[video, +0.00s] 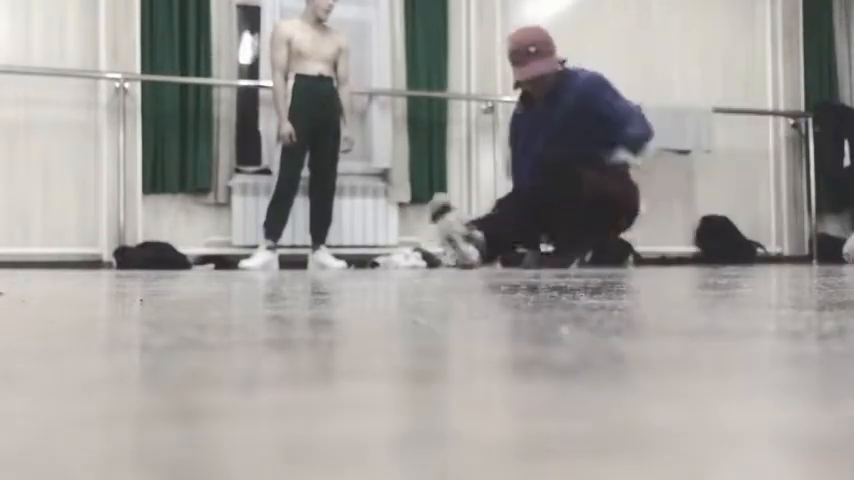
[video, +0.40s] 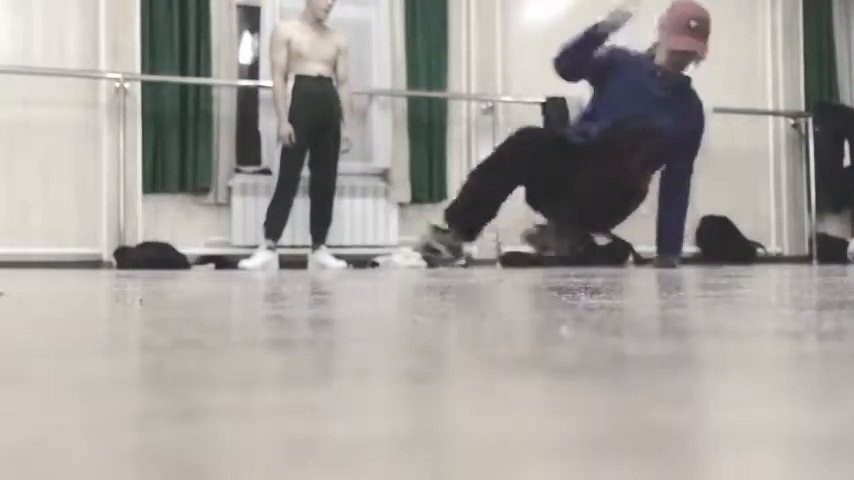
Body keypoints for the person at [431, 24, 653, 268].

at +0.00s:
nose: (535, 83)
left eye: (540, 75)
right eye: (527, 77)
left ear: (554, 62)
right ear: (517, 75)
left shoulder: (586, 87)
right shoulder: (522, 118)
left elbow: (638, 127)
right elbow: (524, 183)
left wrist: (622, 152)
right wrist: (523, 239)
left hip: (610, 196)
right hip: (556, 199)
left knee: (563, 179)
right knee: (514, 208)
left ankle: (479, 242)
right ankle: (474, 239)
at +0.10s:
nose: (557, 69)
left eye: (566, 60)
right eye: (549, 62)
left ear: (582, 60)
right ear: (539, 65)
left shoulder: (607, 102)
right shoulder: (531, 111)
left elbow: (646, 163)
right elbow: (519, 174)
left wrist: (676, 228)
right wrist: (514, 238)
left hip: (588, 211)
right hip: (540, 207)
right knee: (490, 210)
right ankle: (422, 242)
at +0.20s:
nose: (607, 57)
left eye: (615, 48)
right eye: (597, 47)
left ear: (626, 55)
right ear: (579, 54)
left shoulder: (635, 109)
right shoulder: (553, 98)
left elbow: (652, 183)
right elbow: (508, 155)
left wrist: (668, 253)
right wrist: (472, 209)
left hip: (590, 218)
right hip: (539, 203)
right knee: (493, 211)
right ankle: (416, 243)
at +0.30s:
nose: (653, 46)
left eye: (661, 36)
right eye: (644, 34)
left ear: (670, 44)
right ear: (625, 39)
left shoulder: (666, 105)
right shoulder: (588, 76)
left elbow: (664, 183)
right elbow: (540, 97)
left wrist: (666, 254)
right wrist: (499, 110)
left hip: (596, 210)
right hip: (550, 188)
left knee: (519, 192)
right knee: (507, 183)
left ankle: (423, 239)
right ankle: (419, 231)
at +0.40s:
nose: (684, 60)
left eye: (693, 53)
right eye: (679, 49)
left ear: (702, 52)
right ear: (661, 38)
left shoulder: (689, 111)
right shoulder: (621, 63)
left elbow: (676, 185)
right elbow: (566, 67)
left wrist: (669, 256)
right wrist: (602, 30)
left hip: (608, 197)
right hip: (563, 173)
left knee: (642, 146)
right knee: (527, 142)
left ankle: (561, 232)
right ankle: (454, 232)